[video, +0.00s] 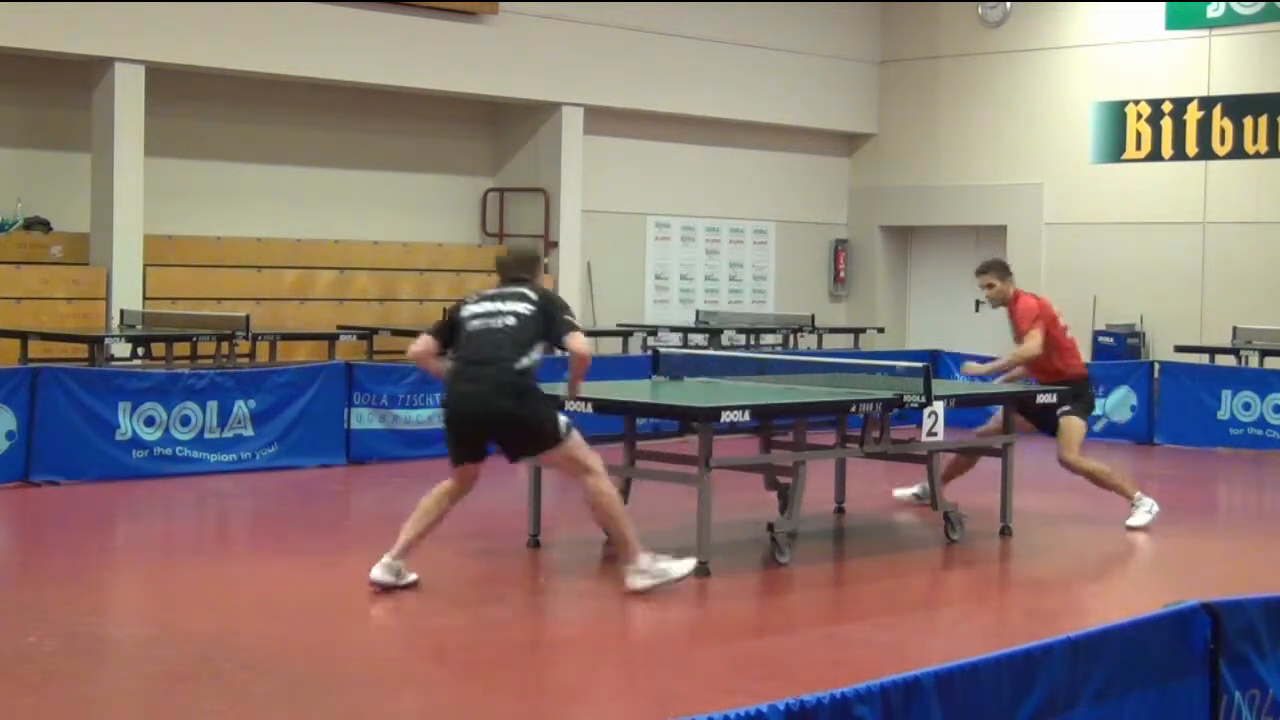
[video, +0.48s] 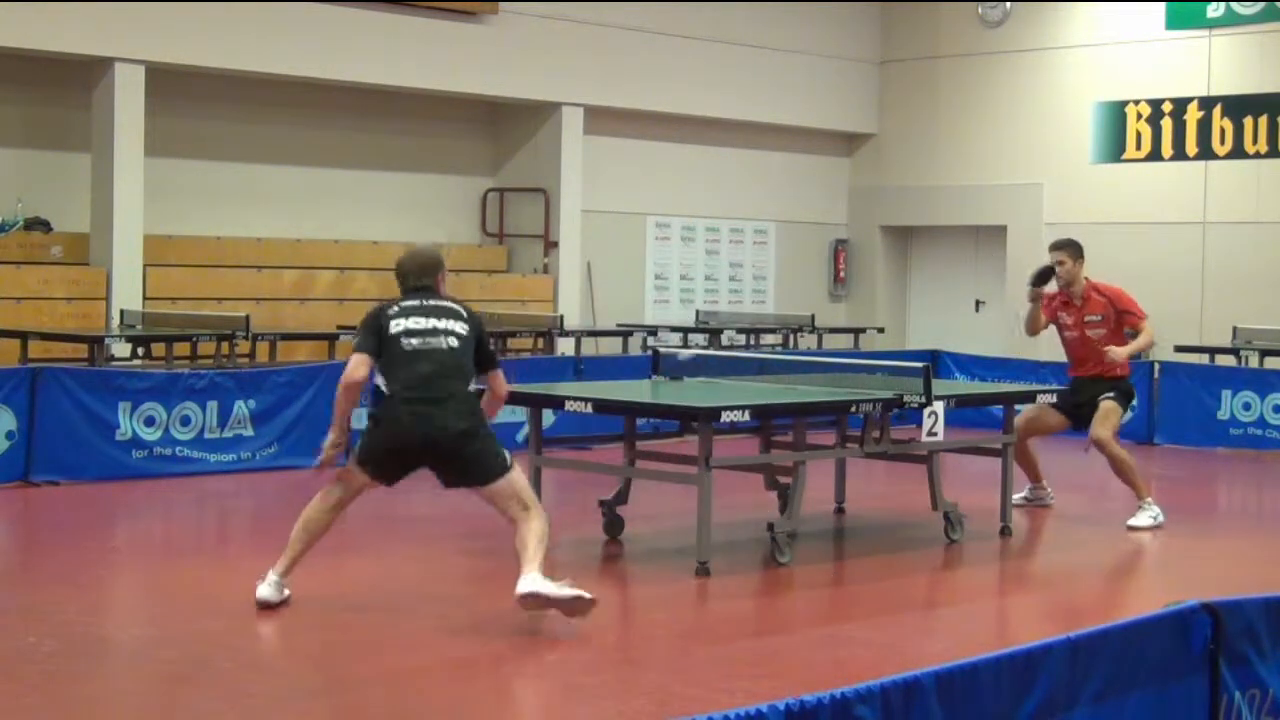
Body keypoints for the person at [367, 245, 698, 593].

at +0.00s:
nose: (546, 280)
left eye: (541, 275)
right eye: (545, 275)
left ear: (501, 275)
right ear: (538, 276)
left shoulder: (471, 304)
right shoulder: (545, 301)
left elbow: (419, 351)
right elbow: (581, 350)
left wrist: (454, 377)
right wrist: (575, 388)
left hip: (460, 399)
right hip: (511, 397)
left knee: (460, 479)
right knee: (590, 468)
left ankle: (390, 562)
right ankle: (639, 562)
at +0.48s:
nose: (449, 281)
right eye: (448, 276)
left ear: (401, 282)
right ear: (441, 281)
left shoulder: (382, 316)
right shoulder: (465, 317)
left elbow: (354, 377)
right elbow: (499, 391)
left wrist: (337, 433)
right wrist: (473, 423)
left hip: (398, 425)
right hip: (459, 425)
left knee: (340, 491)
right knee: (527, 509)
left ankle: (275, 578)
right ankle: (532, 575)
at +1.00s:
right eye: (523, 237)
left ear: (475, 245)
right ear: (520, 247)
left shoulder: (450, 272)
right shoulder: (539, 315)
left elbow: (410, 200)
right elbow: (577, 387)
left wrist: (463, 163)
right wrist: (631, 425)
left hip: (439, 421)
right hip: (506, 431)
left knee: (375, 475)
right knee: (559, 517)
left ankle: (336, 584)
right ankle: (569, 613)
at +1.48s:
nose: (400, 209)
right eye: (398, 204)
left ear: (348, 211)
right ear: (392, 209)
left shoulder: (316, 253)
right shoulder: (408, 260)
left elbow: (249, 304)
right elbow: (461, 336)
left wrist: (284, 323)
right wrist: (500, 378)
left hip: (308, 390)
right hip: (370, 390)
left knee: (292, 482)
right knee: (455, 491)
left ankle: (282, 605)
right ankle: (505, 606)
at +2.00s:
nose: (307, 263)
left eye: (305, 255)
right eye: (306, 255)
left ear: (254, 254)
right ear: (296, 256)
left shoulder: (216, 281)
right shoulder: (295, 292)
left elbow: (190, 349)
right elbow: (325, 383)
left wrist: (243, 388)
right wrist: (351, 416)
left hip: (154, 387)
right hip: (216, 393)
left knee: (146, 493)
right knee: (303, 498)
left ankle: (89, 609)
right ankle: (299, 635)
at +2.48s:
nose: (241, 177)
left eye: (239, 168)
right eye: (238, 169)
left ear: (187, 178)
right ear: (221, 174)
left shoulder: (157, 228)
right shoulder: (231, 221)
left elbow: (164, 301)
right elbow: (315, 274)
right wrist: (383, 283)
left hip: (140, 367)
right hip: (197, 372)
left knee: (131, 485)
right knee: (223, 501)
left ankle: (79, 600)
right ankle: (194, 646)